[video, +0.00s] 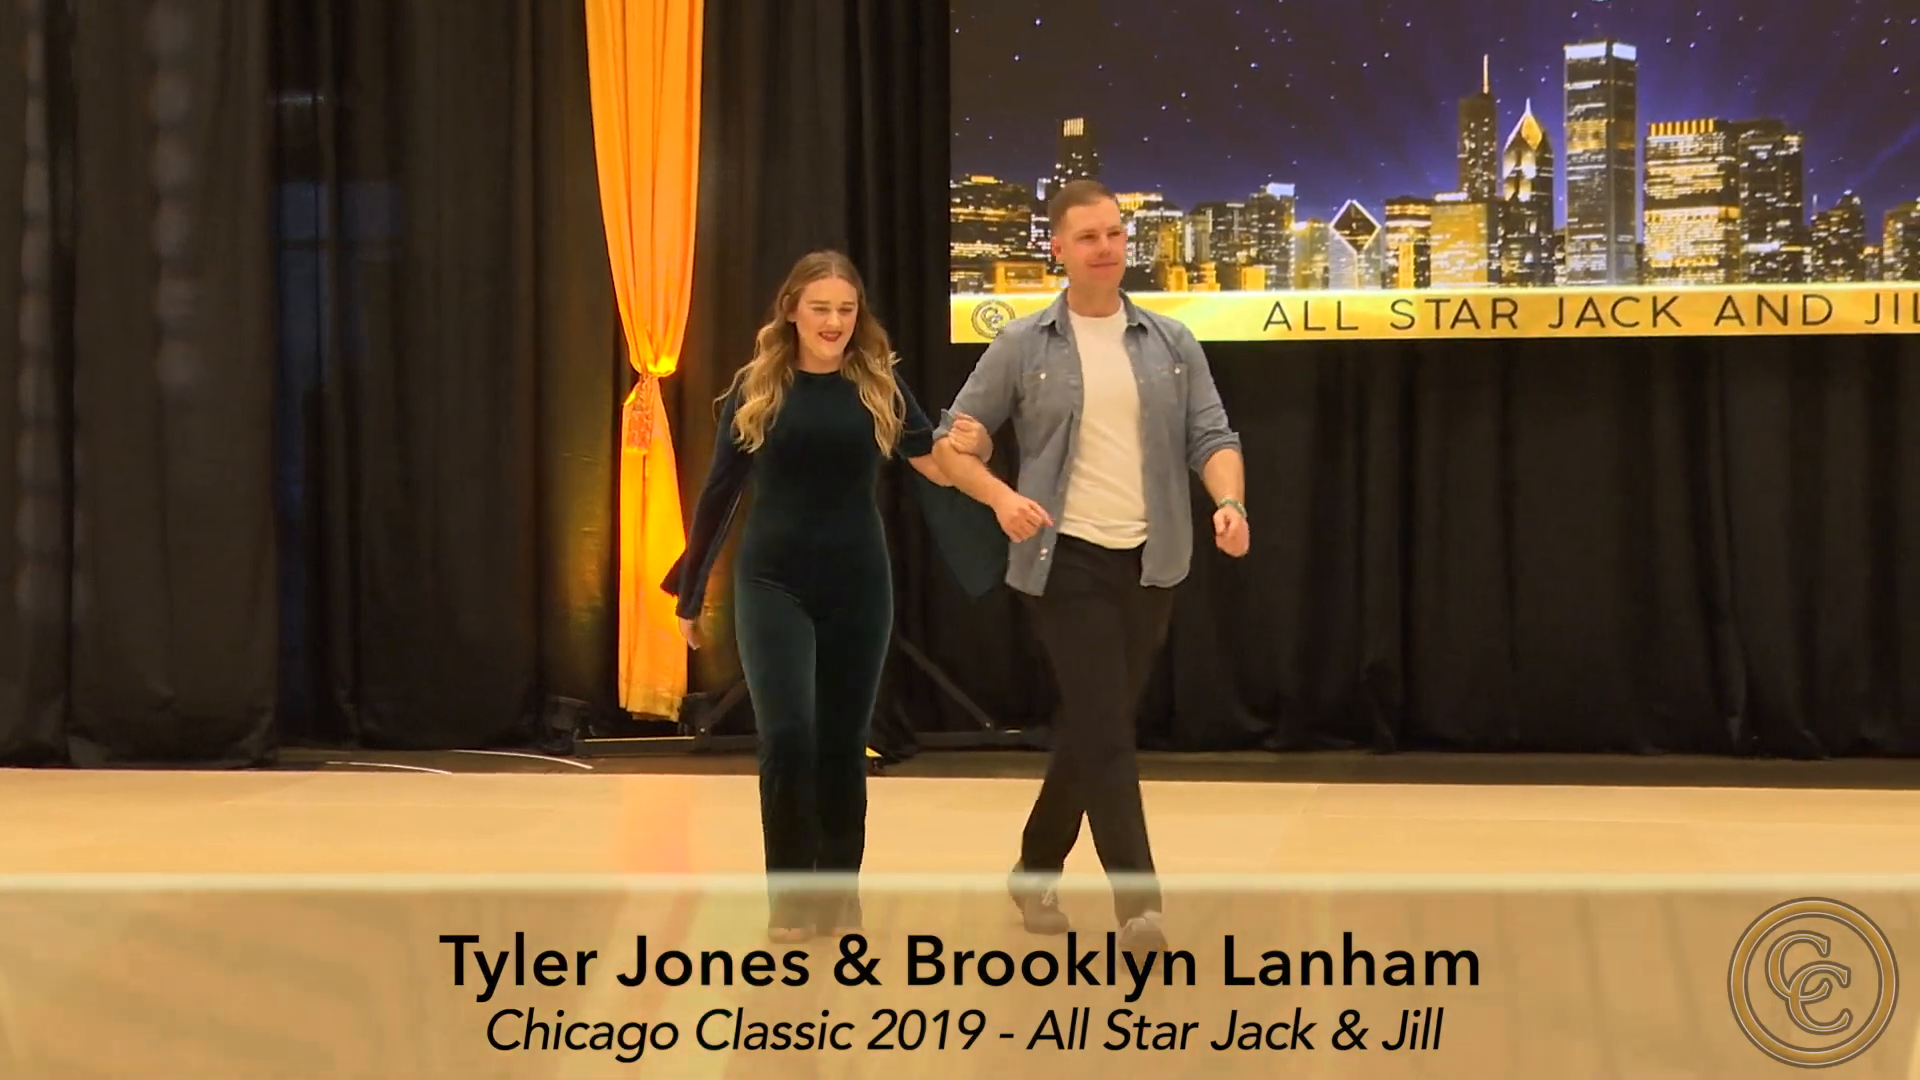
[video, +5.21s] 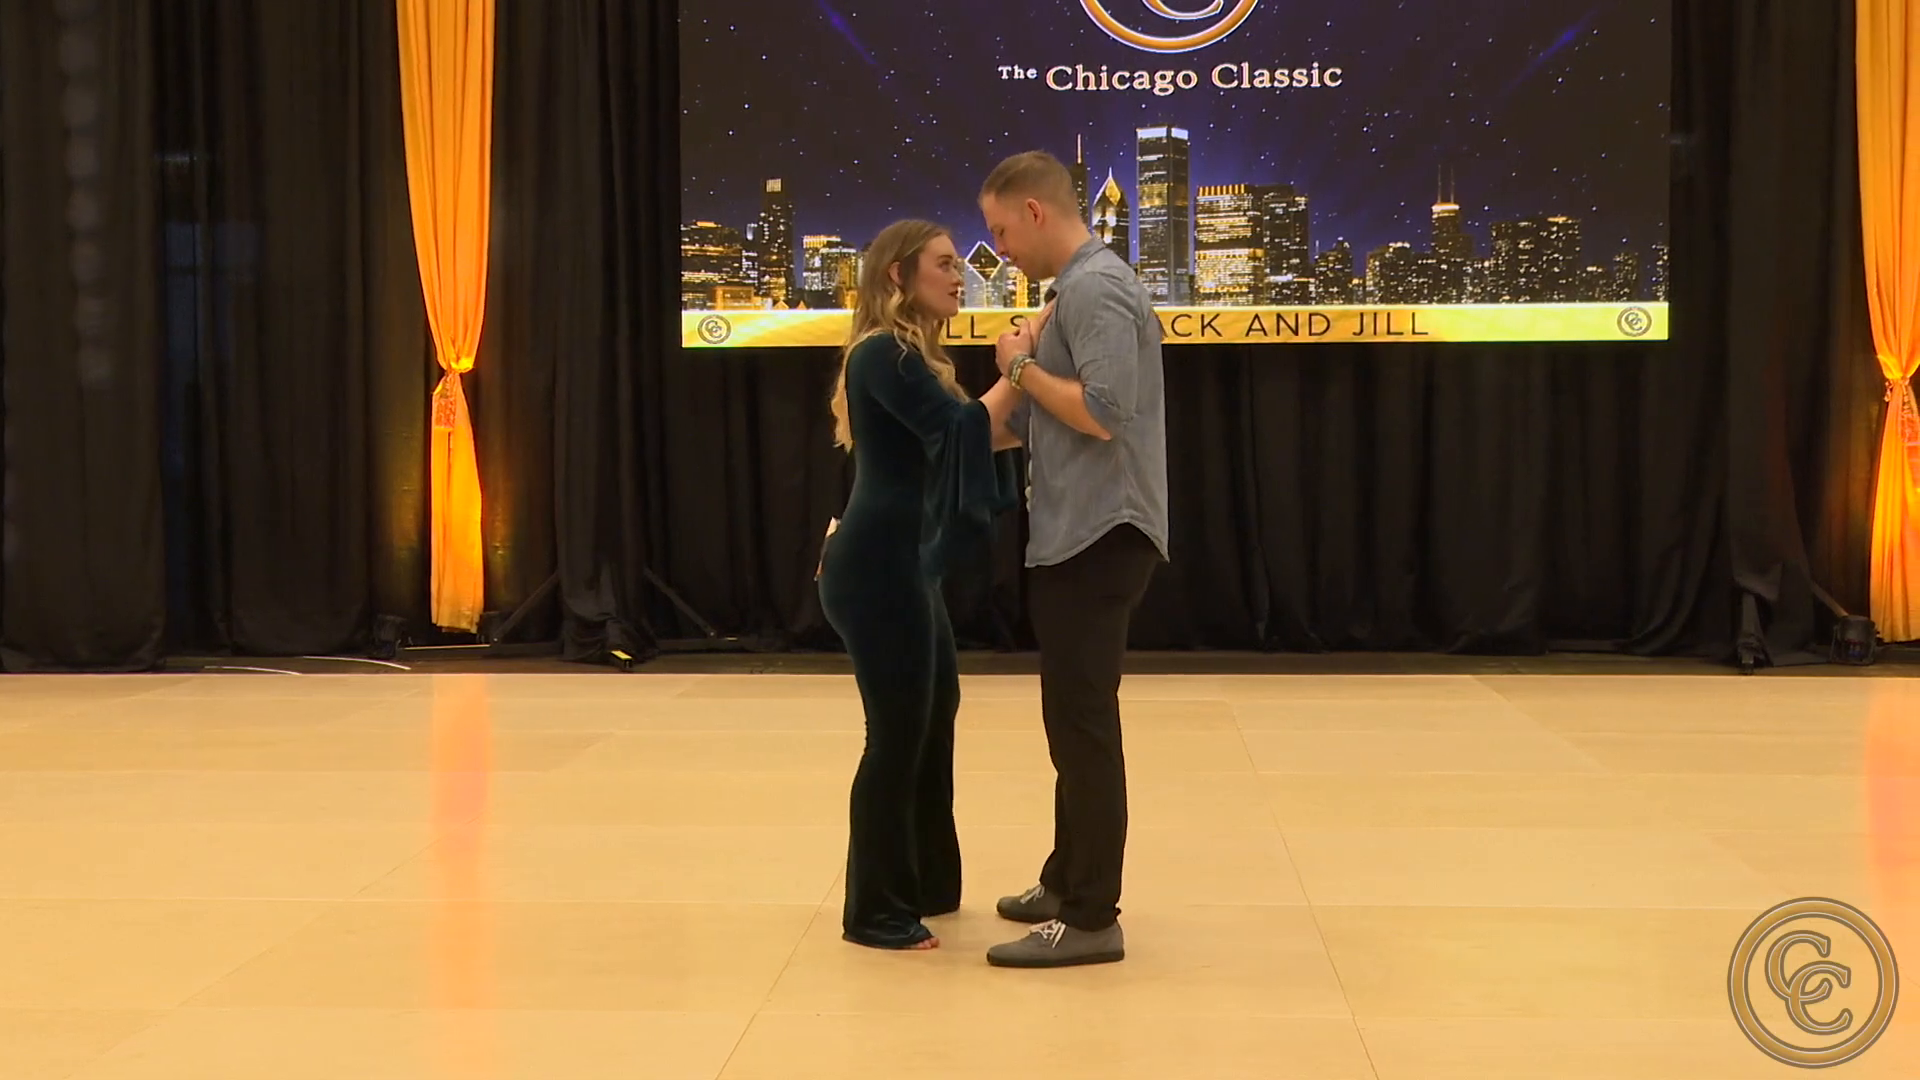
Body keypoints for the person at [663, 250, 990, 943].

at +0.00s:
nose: (835, 321)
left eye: (846, 310)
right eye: (821, 308)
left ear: (858, 316)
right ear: (793, 312)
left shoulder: (879, 386)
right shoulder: (755, 388)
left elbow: (932, 458)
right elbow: (722, 489)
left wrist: (970, 444)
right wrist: (690, 573)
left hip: (859, 587)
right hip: (772, 582)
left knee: (842, 749)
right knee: (789, 741)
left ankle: (839, 904)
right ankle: (790, 910)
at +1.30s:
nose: (904, 275)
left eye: (902, 262)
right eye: (892, 262)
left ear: (867, 273)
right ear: (846, 271)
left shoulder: (886, 364)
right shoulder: (793, 362)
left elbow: (928, 437)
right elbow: (773, 454)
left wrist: (1026, 418)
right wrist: (776, 516)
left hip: (892, 588)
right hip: (812, 589)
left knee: (918, 756)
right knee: (839, 759)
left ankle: (837, 896)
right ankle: (834, 938)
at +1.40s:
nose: (908, 267)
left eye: (903, 254)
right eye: (894, 254)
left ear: (868, 268)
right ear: (849, 267)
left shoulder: (886, 357)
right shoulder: (799, 355)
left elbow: (909, 451)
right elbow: (802, 449)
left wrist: (971, 418)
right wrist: (852, 474)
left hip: (893, 583)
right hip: (812, 587)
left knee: (929, 749)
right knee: (827, 760)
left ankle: (881, 928)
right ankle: (820, 941)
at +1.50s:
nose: (914, 264)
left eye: (910, 251)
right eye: (901, 251)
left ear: (875, 266)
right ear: (855, 264)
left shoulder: (897, 361)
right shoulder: (810, 355)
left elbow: (925, 474)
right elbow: (849, 448)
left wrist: (958, 431)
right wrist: (937, 430)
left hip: (903, 576)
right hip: (821, 578)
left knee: (919, 769)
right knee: (824, 763)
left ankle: (944, 954)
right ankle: (818, 948)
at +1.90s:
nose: (938, 260)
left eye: (934, 247)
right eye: (925, 247)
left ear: (883, 264)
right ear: (880, 262)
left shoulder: (913, 351)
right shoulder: (864, 346)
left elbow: (963, 470)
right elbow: (936, 425)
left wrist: (1025, 375)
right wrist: (1025, 356)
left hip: (939, 575)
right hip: (872, 578)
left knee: (936, 768)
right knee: (886, 765)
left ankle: (920, 953)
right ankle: (821, 956)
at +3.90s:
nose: (952, 281)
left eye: (950, 269)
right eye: (941, 270)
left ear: (911, 282)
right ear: (903, 282)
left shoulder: (905, 356)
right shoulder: (898, 363)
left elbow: (956, 413)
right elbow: (976, 447)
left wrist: (1003, 362)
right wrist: (1010, 378)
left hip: (892, 558)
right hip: (906, 563)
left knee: (894, 723)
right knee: (937, 715)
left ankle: (897, 887)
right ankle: (904, 903)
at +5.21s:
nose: (960, 276)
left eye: (959, 265)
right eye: (946, 264)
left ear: (926, 279)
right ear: (901, 273)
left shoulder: (914, 356)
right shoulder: (882, 352)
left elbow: (950, 452)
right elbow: (955, 428)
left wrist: (1013, 422)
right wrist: (1017, 366)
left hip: (905, 565)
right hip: (873, 568)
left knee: (937, 711)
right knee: (899, 729)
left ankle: (916, 889)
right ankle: (871, 910)